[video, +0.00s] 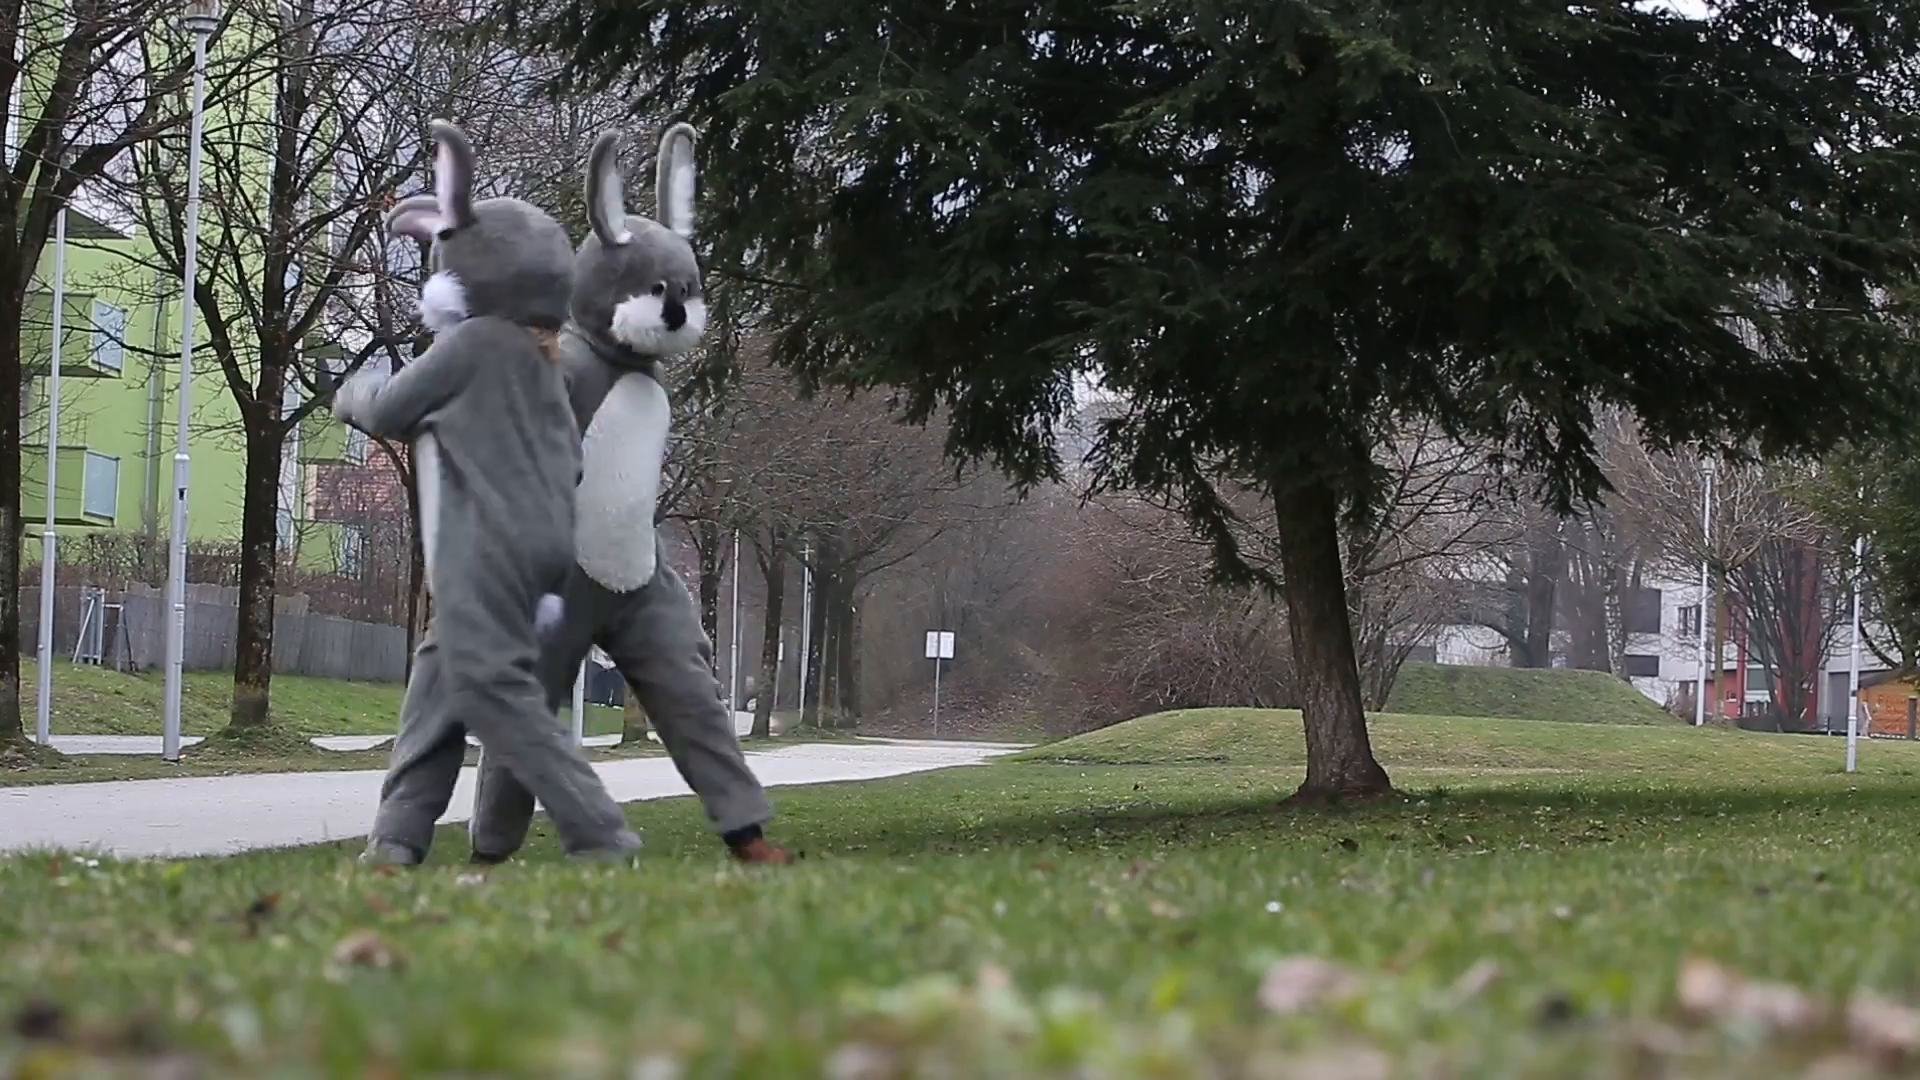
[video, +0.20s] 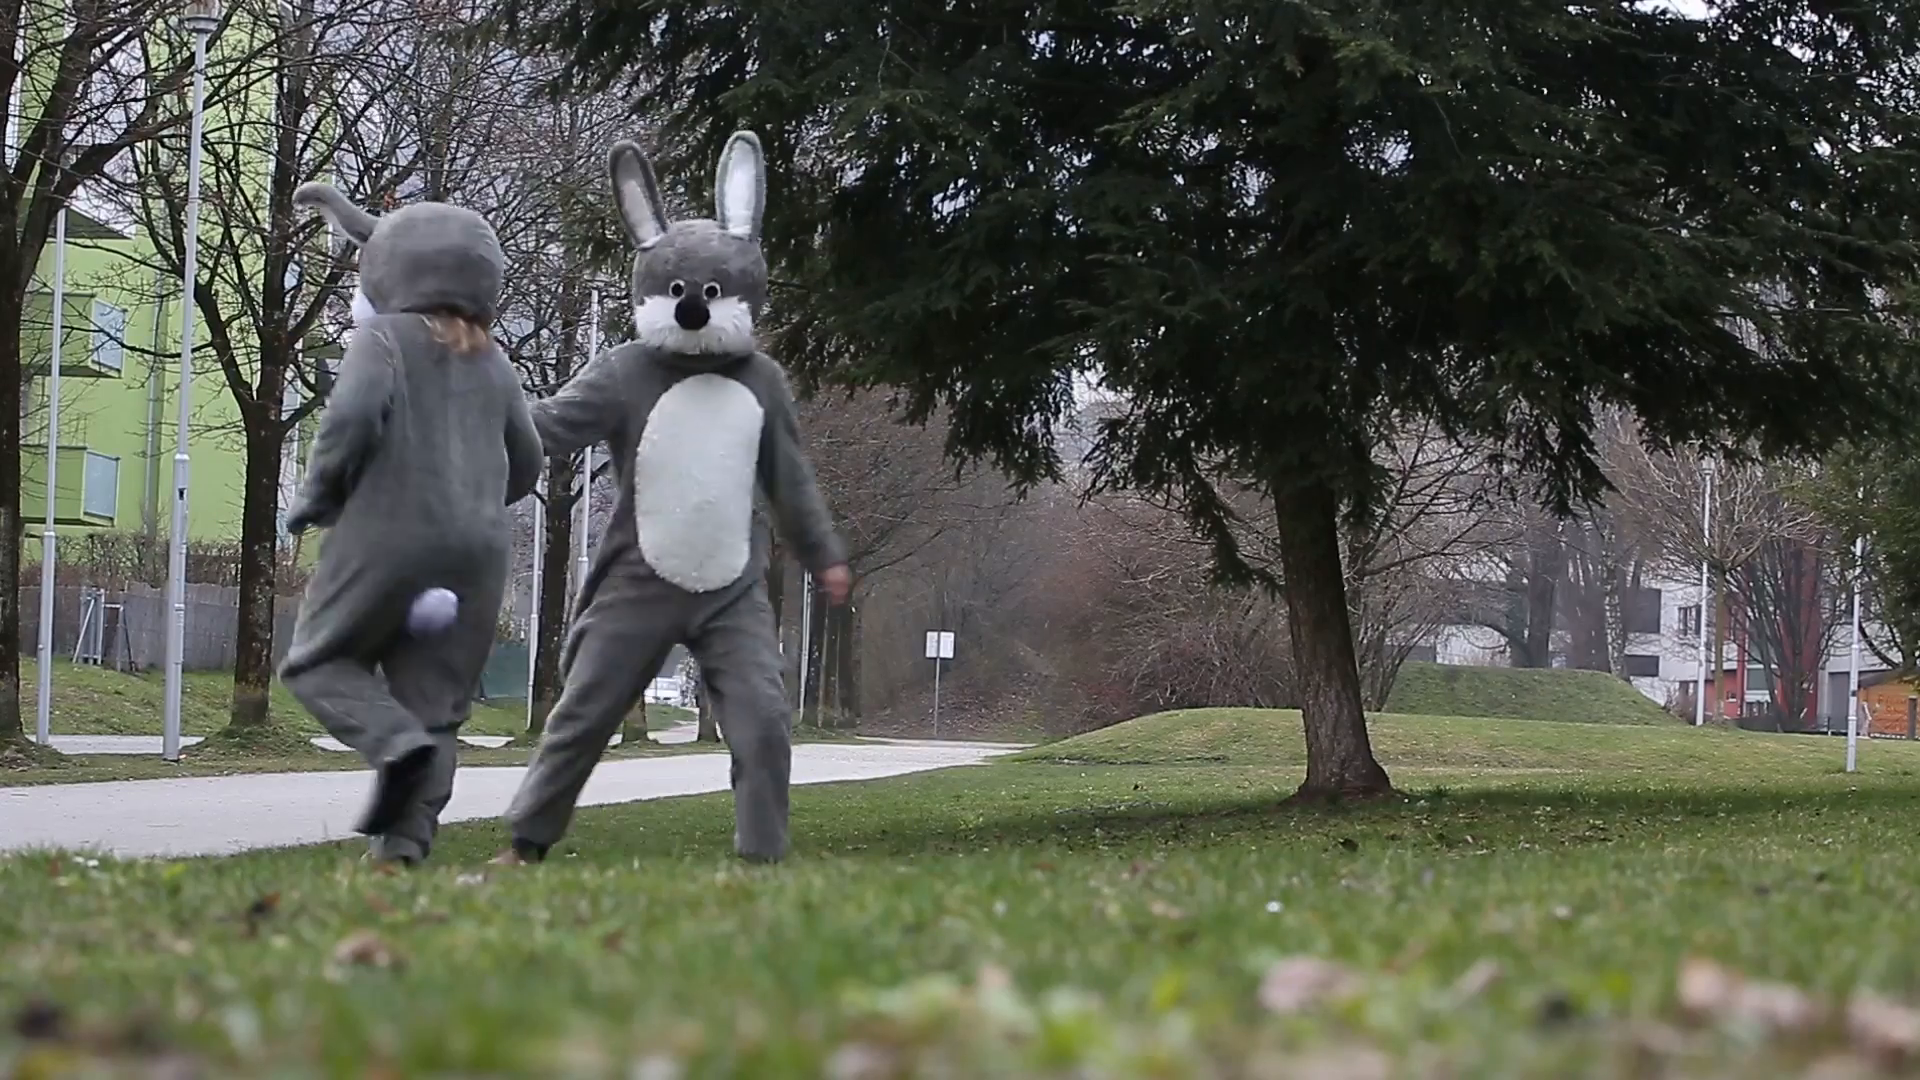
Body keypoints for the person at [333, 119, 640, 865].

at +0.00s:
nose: (441, 278)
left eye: (452, 265)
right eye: (444, 264)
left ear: (480, 277)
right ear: (540, 284)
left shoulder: (473, 343)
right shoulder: (549, 363)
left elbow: (389, 410)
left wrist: (356, 387)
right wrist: (416, 384)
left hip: (484, 541)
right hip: (546, 541)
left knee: (491, 690)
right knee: (439, 682)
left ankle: (602, 840)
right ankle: (399, 840)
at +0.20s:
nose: (366, 279)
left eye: (374, 264)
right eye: (371, 264)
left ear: (393, 271)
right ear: (483, 281)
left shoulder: (382, 339)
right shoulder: (497, 362)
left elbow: (356, 415)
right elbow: (528, 460)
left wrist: (317, 496)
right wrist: (477, 495)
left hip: (392, 533)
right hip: (481, 541)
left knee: (315, 661)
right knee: (436, 702)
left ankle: (398, 744)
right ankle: (407, 844)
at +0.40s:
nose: (464, 263)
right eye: (458, 252)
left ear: (350, 250)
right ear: (441, 260)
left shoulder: (320, 316)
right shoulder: (453, 340)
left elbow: (248, 363)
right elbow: (503, 437)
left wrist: (276, 437)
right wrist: (481, 472)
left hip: (303, 516)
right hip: (399, 529)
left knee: (294, 669)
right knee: (382, 682)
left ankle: (248, 823)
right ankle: (319, 836)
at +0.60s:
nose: (415, 347)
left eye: (417, 332)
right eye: (411, 330)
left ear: (314, 319)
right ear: (383, 325)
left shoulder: (281, 395)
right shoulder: (364, 396)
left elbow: (238, 478)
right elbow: (393, 500)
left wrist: (305, 513)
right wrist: (470, 483)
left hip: (257, 580)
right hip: (325, 583)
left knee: (294, 737)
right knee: (394, 713)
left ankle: (219, 856)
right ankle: (296, 843)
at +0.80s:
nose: (401, 296)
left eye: (403, 281)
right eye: (393, 279)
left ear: (328, 281)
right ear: (350, 278)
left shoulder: (339, 355)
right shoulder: (315, 348)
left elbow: (374, 426)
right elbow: (307, 435)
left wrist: (426, 445)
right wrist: (397, 472)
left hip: (301, 532)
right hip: (312, 530)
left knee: (286, 693)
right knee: (416, 642)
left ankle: (228, 848)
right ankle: (326, 783)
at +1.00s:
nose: (400, 275)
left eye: (398, 262)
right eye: (383, 262)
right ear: (342, 271)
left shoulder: (379, 363)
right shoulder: (313, 354)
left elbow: (376, 463)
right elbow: (275, 448)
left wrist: (431, 463)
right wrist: (331, 513)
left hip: (354, 545)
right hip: (317, 544)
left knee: (306, 704)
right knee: (403, 653)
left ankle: (232, 846)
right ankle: (342, 807)